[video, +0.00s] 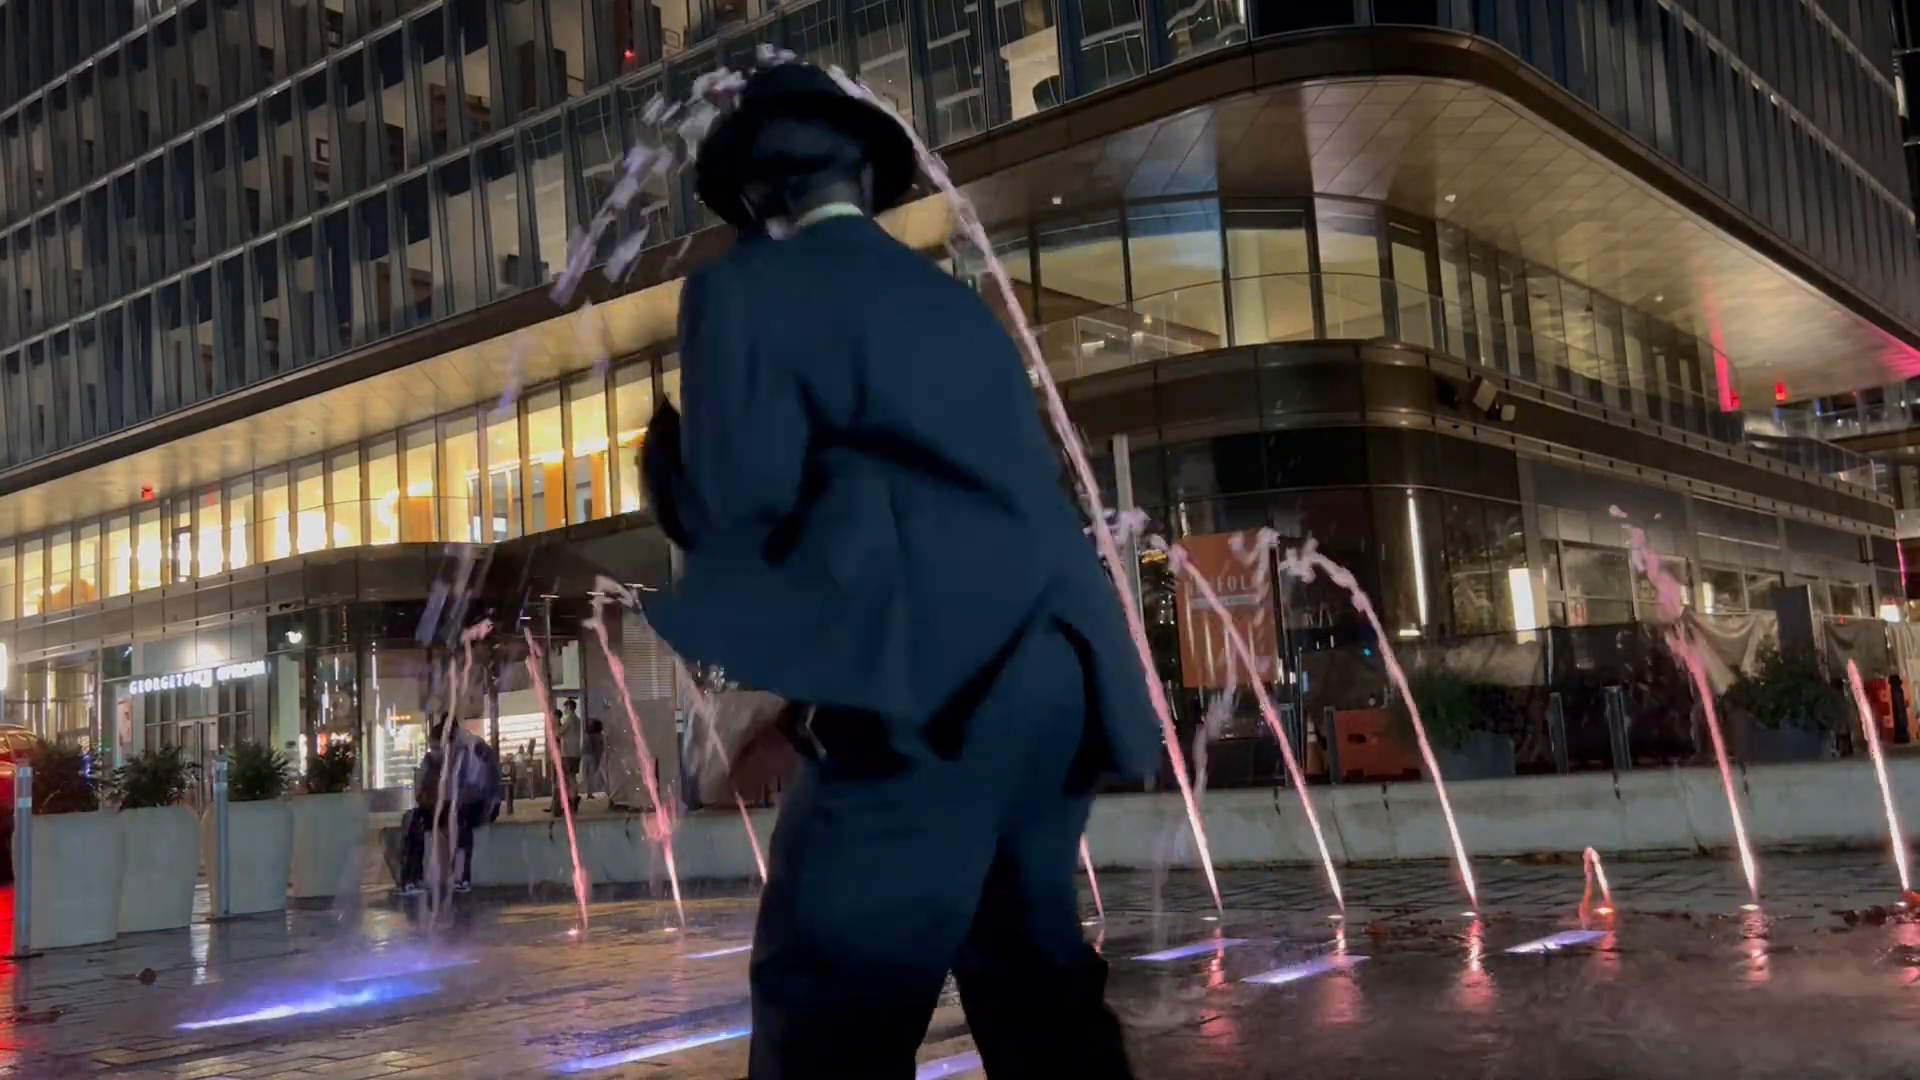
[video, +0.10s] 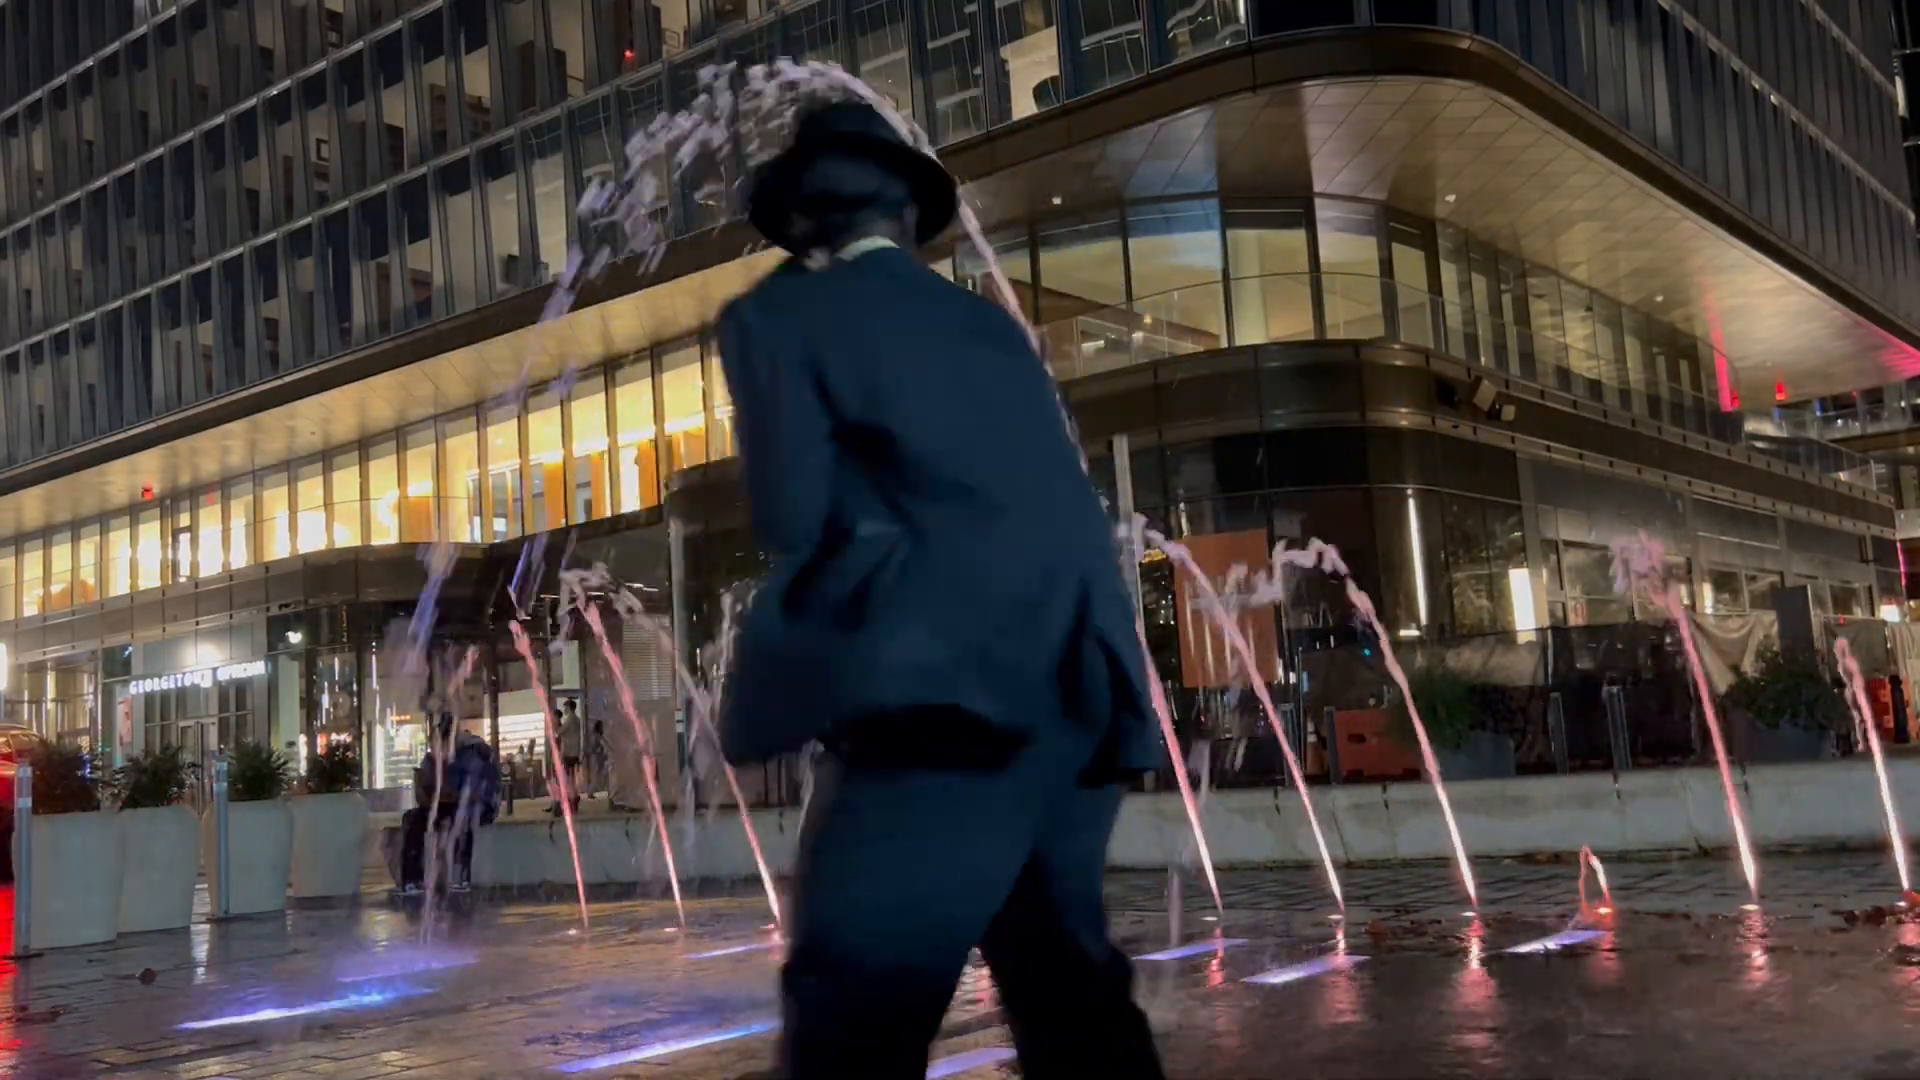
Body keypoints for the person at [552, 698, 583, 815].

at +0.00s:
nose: (564, 709)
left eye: (566, 707)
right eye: (565, 707)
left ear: (569, 708)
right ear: (573, 708)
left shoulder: (570, 719)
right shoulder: (577, 719)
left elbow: (560, 731)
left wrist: (554, 731)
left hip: (568, 753)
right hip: (575, 753)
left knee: (569, 778)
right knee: (572, 778)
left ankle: (571, 802)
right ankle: (573, 800)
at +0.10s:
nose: (564, 709)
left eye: (565, 707)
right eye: (565, 707)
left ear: (568, 708)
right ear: (574, 708)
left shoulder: (569, 719)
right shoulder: (577, 719)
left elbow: (560, 731)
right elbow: (577, 737)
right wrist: (578, 752)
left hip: (567, 753)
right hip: (574, 753)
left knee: (567, 779)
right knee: (572, 778)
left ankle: (570, 800)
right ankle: (573, 798)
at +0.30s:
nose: (564, 710)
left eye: (565, 707)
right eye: (564, 707)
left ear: (568, 708)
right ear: (573, 708)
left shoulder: (569, 719)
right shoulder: (576, 719)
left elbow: (561, 731)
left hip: (567, 753)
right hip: (574, 753)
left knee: (568, 778)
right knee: (572, 777)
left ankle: (570, 801)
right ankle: (573, 800)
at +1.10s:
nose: (560, 711)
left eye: (561, 709)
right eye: (560, 709)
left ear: (563, 709)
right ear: (569, 708)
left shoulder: (565, 720)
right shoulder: (571, 719)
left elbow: (557, 732)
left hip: (563, 753)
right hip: (569, 752)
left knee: (561, 779)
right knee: (569, 778)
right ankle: (571, 801)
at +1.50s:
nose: (557, 711)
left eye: (558, 709)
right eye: (558, 709)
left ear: (559, 709)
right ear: (566, 708)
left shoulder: (559, 721)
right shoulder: (567, 720)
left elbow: (553, 732)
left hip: (559, 754)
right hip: (567, 753)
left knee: (557, 779)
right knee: (569, 779)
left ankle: (557, 804)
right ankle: (571, 801)